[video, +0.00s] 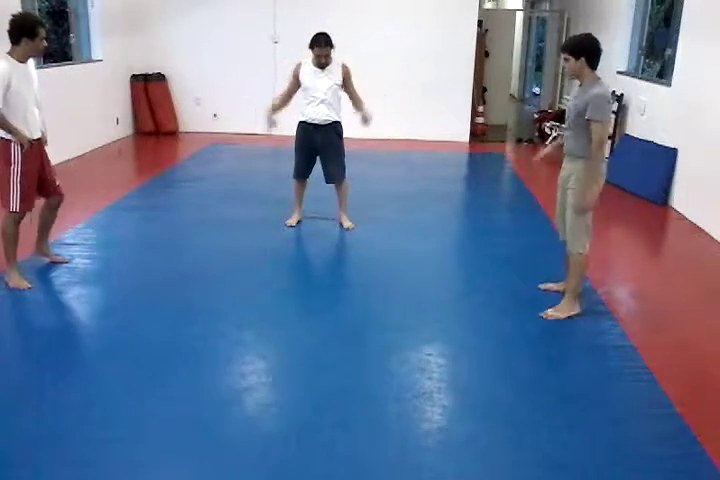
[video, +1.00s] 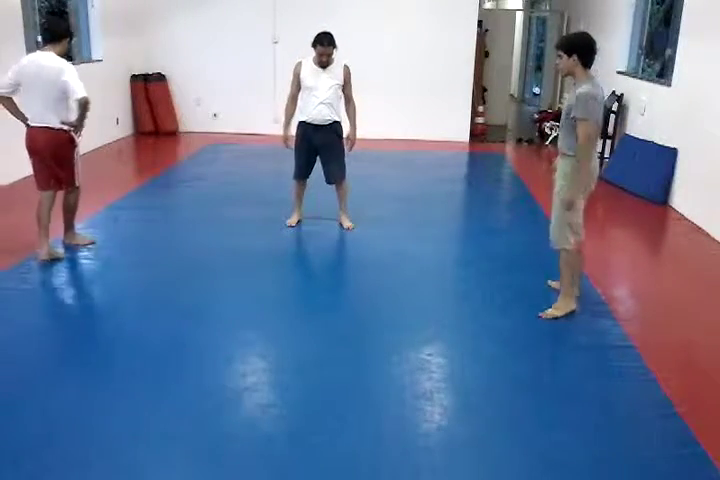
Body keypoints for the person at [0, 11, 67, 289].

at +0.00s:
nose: (46, 44)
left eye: (45, 38)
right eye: (42, 39)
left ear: (27, 41)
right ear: (25, 40)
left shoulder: (29, 65)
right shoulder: (5, 68)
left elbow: (33, 102)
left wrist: (42, 130)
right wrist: (17, 133)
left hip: (34, 142)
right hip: (12, 145)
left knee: (55, 197)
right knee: (14, 211)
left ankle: (42, 245)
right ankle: (11, 269)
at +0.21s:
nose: (48, 45)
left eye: (48, 39)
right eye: (45, 40)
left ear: (29, 41)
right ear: (29, 40)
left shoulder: (29, 67)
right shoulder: (9, 67)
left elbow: (30, 104)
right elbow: (4, 107)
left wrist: (40, 133)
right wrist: (27, 133)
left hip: (38, 142)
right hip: (19, 145)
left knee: (53, 196)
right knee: (20, 210)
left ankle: (44, 248)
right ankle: (13, 269)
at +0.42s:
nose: (51, 44)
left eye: (51, 39)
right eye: (49, 38)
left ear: (29, 38)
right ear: (39, 38)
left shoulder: (28, 65)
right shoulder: (18, 66)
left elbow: (29, 104)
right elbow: (21, 105)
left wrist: (46, 131)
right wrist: (45, 132)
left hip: (39, 139)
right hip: (29, 140)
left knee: (49, 198)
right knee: (41, 202)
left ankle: (43, 250)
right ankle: (22, 258)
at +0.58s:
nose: (53, 45)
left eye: (54, 40)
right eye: (53, 40)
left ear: (30, 37)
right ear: (45, 39)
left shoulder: (17, 60)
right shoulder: (32, 65)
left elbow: (6, 93)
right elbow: (39, 101)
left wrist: (23, 112)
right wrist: (54, 127)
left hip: (25, 135)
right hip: (39, 137)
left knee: (39, 194)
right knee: (69, 193)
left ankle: (40, 247)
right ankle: (47, 246)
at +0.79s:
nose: (61, 47)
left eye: (62, 42)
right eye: (61, 42)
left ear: (37, 37)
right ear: (55, 40)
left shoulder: (20, 62)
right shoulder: (48, 63)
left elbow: (2, 93)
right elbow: (61, 97)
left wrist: (20, 118)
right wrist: (67, 123)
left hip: (26, 136)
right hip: (49, 136)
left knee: (40, 193)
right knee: (76, 184)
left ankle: (41, 250)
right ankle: (72, 240)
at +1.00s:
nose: (69, 46)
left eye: (68, 41)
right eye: (68, 41)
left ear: (43, 38)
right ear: (64, 40)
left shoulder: (25, 63)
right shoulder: (63, 67)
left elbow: (4, 93)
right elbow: (83, 100)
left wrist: (23, 119)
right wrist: (79, 123)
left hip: (34, 134)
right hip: (60, 135)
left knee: (46, 190)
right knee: (71, 186)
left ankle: (44, 247)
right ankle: (70, 235)